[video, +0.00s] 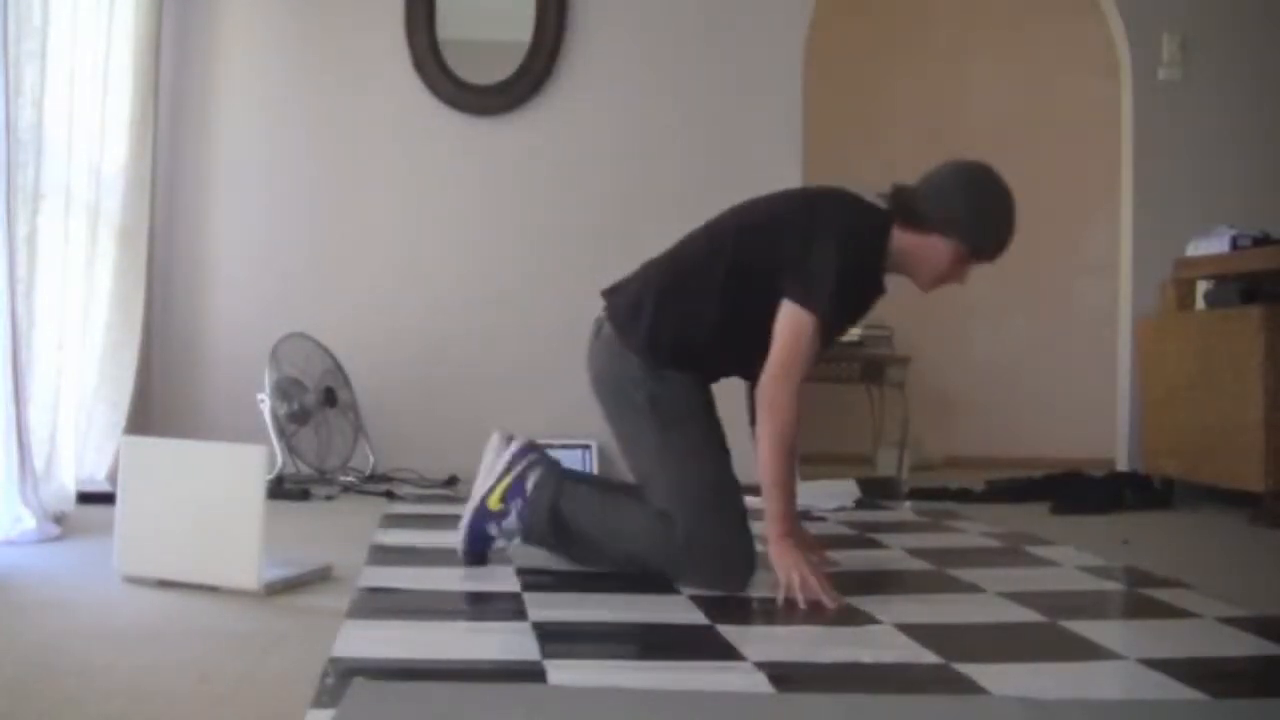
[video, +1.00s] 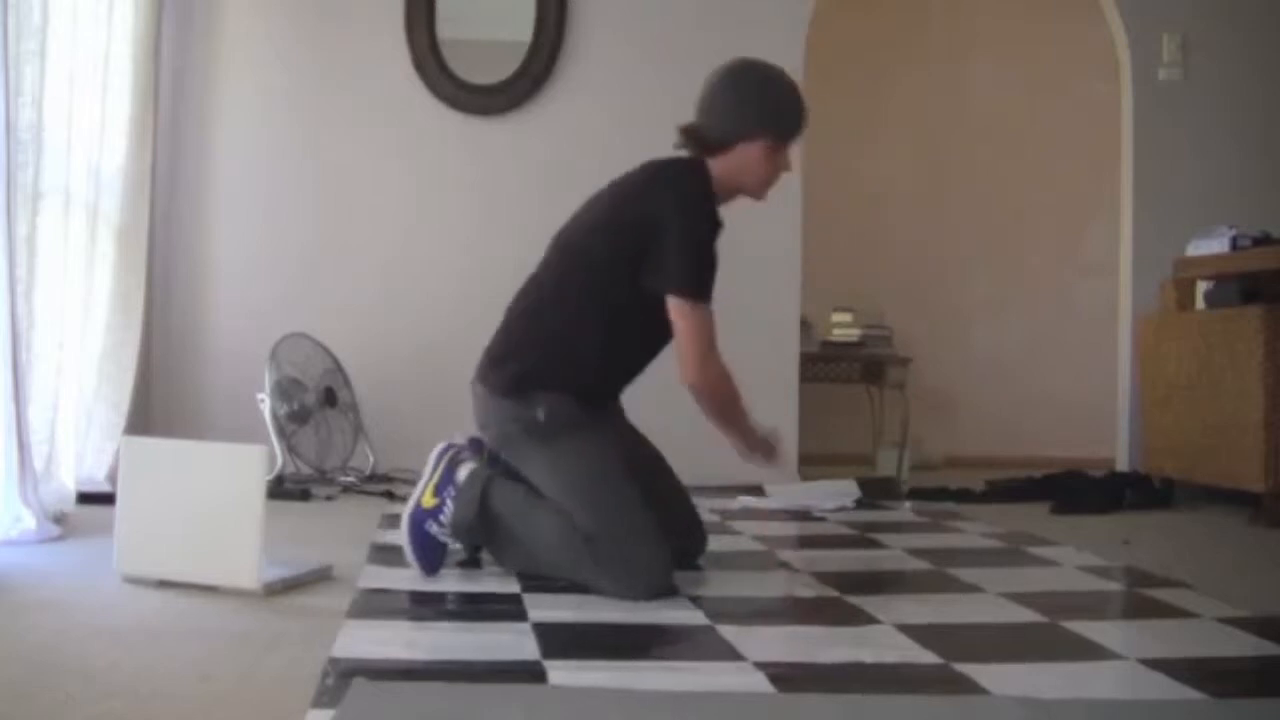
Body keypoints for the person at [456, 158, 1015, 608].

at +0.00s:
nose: (961, 278)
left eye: (973, 267)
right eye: (969, 261)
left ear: (934, 227)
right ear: (944, 232)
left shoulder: (855, 252)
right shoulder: (840, 236)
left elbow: (778, 391)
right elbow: (777, 390)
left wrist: (783, 522)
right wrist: (781, 534)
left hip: (663, 359)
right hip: (640, 356)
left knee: (713, 542)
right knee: (717, 564)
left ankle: (541, 486)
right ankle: (531, 494)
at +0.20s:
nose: (942, 281)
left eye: (954, 271)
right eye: (950, 264)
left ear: (916, 227)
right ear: (922, 230)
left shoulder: (842, 251)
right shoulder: (829, 237)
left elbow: (761, 390)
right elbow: (777, 391)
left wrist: (783, 518)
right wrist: (783, 535)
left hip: (651, 364)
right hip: (624, 356)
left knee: (694, 544)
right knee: (683, 562)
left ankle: (519, 481)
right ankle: (514, 483)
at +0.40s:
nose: (914, 270)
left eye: (925, 259)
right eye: (921, 252)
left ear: (887, 220)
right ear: (894, 222)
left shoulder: (813, 254)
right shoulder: (803, 231)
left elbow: (742, 398)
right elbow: (765, 391)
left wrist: (783, 519)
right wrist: (781, 537)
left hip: (628, 374)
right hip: (596, 361)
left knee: (680, 542)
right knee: (645, 570)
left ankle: (502, 482)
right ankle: (477, 487)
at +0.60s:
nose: (858, 230)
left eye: (867, 218)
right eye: (862, 212)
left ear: (829, 193)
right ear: (832, 193)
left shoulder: (763, 244)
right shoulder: (743, 225)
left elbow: (729, 401)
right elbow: (742, 396)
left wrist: (782, 521)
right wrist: (785, 538)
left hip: (594, 385)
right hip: (560, 379)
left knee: (679, 541)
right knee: (641, 576)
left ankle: (505, 482)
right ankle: (474, 490)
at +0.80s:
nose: (808, 191)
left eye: (813, 176)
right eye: (806, 173)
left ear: (759, 158)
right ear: (771, 160)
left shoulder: (701, 213)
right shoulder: (702, 216)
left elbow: (674, 391)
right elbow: (709, 389)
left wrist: (709, 487)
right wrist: (776, 513)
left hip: (571, 398)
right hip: (541, 397)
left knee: (679, 542)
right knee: (642, 573)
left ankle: (495, 479)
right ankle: (474, 495)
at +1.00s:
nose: (786, 168)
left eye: (788, 151)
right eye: (783, 150)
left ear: (742, 140)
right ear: (752, 143)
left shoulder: (683, 196)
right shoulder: (681, 201)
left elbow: (700, 362)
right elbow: (699, 370)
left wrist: (744, 431)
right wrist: (748, 437)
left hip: (574, 405)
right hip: (534, 407)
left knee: (680, 543)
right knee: (639, 576)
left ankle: (488, 478)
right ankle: (472, 497)